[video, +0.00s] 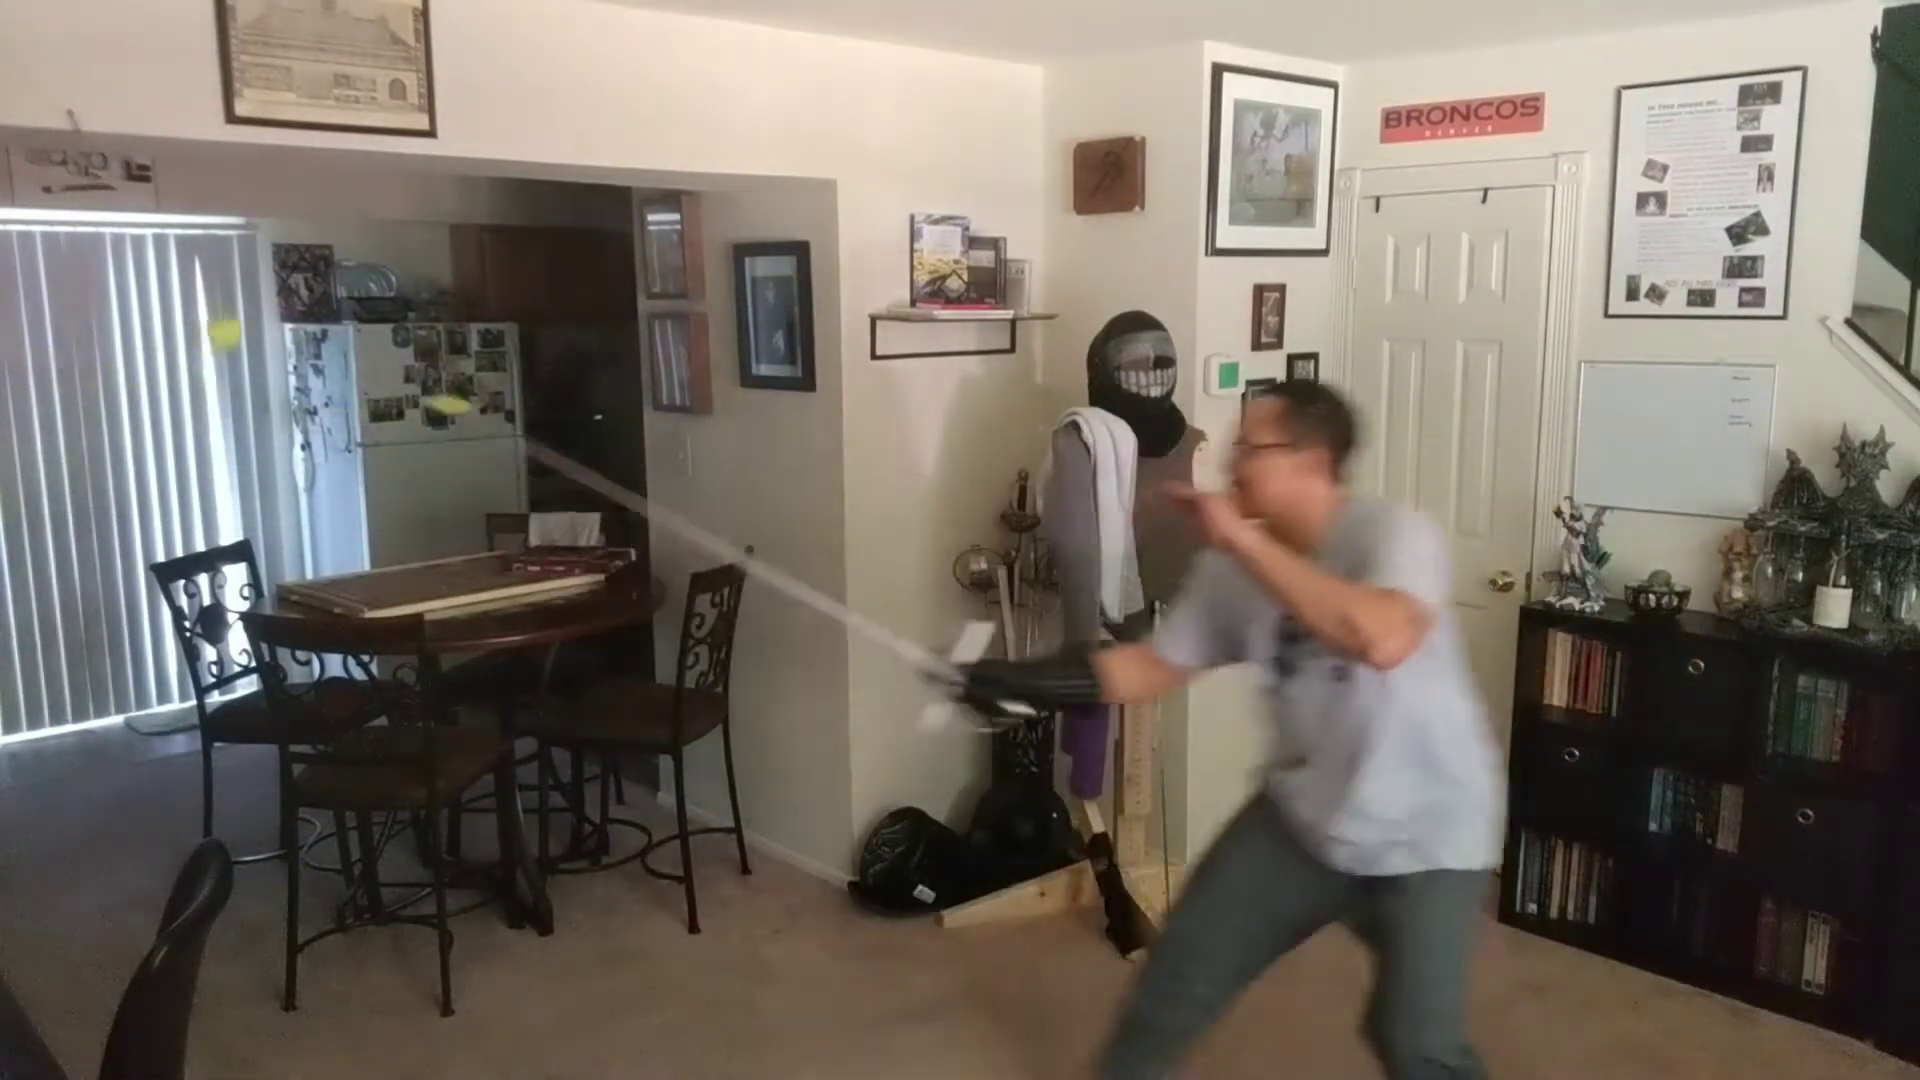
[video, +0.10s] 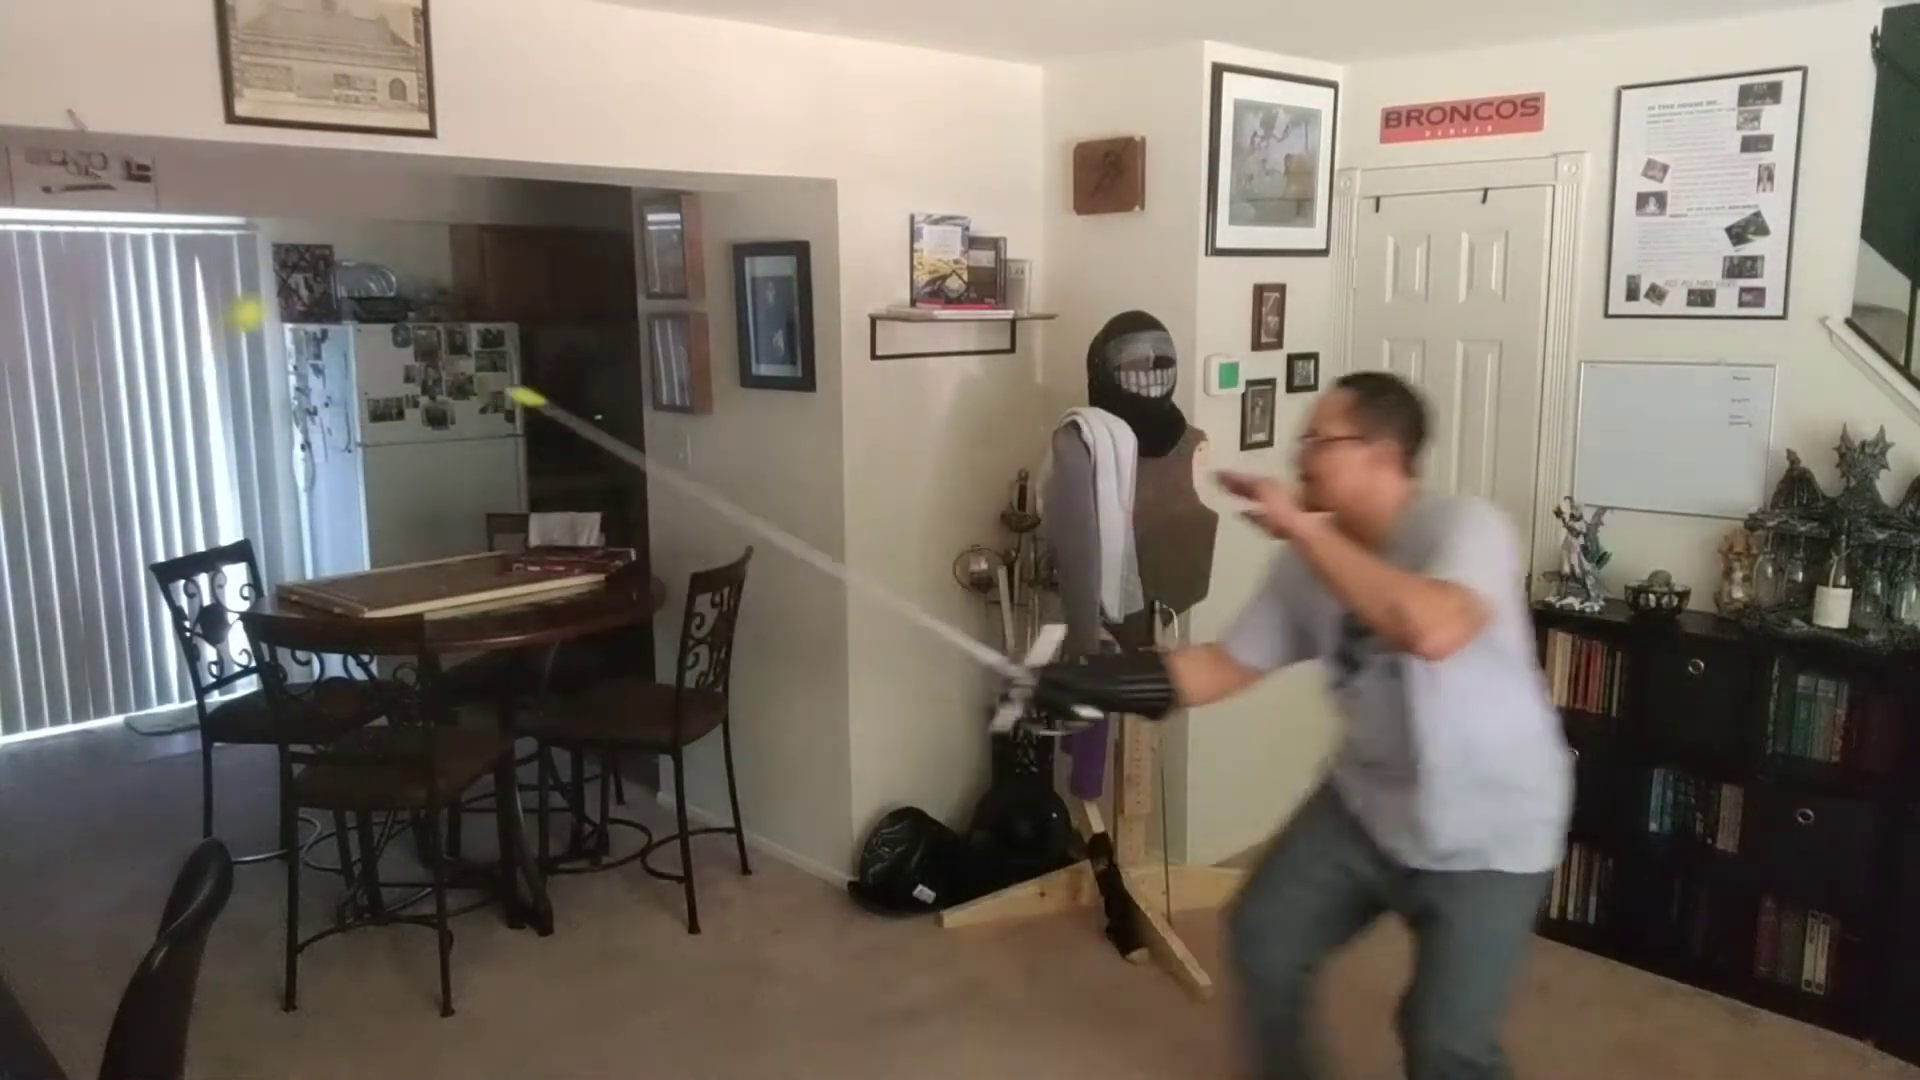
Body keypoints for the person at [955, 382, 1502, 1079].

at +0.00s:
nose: (1234, 466)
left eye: (1253, 449)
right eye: (1236, 450)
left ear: (1316, 461)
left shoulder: (1398, 535)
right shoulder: (1236, 562)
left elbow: (1383, 636)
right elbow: (1152, 666)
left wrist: (1241, 538)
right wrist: (1025, 678)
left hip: (1429, 832)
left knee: (1417, 1040)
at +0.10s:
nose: (1303, 459)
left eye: (1322, 442)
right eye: (1305, 443)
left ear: (1387, 453)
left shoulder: (1468, 528)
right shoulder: (1312, 559)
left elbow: (1434, 627)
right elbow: (1219, 667)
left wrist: (1304, 531)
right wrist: (1093, 674)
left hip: (1492, 832)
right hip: (1370, 805)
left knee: (1444, 1039)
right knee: (1264, 939)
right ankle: (1290, 1072)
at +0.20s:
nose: (1363, 451)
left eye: (1383, 435)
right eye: (1366, 433)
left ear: (1451, 450)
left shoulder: (1532, 527)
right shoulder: (1373, 550)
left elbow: (1495, 625)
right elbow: (1284, 659)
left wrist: (1367, 524)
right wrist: (1158, 682)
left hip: (1542, 831)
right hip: (1428, 802)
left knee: (1468, 1043)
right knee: (1347, 943)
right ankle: (1450, 1057)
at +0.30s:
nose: (1424, 446)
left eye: (1444, 429)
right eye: (1428, 429)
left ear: (1511, 444)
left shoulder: (1592, 526)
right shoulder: (1426, 551)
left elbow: (1563, 624)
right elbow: (1338, 655)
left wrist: (1431, 517)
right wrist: (1206, 682)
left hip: (1586, 827)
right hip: (1479, 808)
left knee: (1485, 1024)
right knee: (1437, 973)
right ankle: (1590, 1058)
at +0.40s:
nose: (1489, 447)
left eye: (1510, 430)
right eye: (1492, 429)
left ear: (1575, 441)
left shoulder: (1654, 526)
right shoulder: (1483, 550)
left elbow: (1641, 622)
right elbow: (1391, 652)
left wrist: (1503, 514)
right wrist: (1257, 676)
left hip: (1631, 829)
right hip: (1532, 826)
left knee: (1509, 1023)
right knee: (1557, 995)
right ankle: (1663, 1074)